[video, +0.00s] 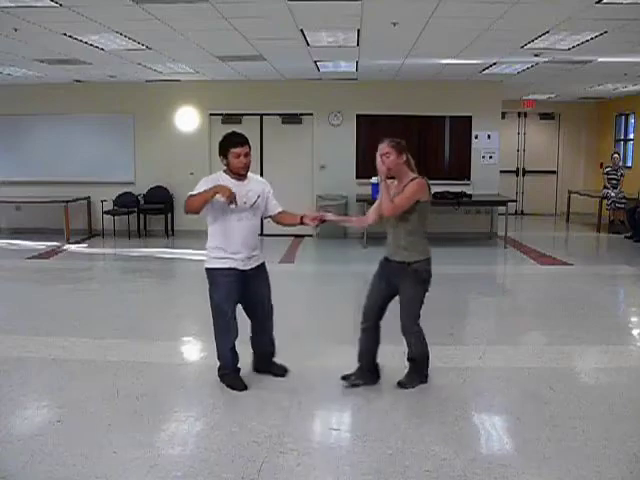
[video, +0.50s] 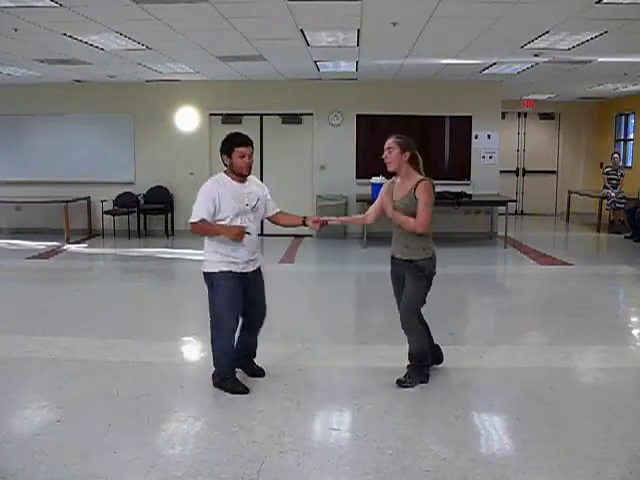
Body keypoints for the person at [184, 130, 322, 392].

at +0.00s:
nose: (245, 160)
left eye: (247, 154)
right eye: (238, 156)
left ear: (251, 155)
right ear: (225, 158)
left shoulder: (260, 185)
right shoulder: (212, 183)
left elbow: (277, 215)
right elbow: (190, 207)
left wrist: (302, 219)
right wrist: (213, 192)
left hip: (253, 263)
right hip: (221, 264)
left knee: (263, 313)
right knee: (225, 319)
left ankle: (264, 361)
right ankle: (228, 371)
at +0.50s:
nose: (248, 160)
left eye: (250, 155)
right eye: (242, 156)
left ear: (252, 157)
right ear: (226, 158)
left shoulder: (257, 187)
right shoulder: (212, 187)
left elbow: (275, 216)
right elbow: (197, 225)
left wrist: (306, 220)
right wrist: (225, 231)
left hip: (250, 266)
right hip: (221, 268)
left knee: (256, 314)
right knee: (225, 321)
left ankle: (244, 358)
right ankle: (223, 375)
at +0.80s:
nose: (261, 160)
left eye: (262, 155)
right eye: (256, 156)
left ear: (260, 157)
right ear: (239, 157)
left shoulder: (252, 185)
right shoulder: (229, 185)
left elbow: (255, 217)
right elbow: (234, 227)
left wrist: (278, 214)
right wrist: (273, 222)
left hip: (255, 268)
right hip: (234, 270)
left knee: (259, 320)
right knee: (233, 325)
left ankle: (260, 369)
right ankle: (224, 375)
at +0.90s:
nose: (264, 160)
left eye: (266, 155)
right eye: (259, 155)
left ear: (265, 156)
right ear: (242, 156)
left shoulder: (252, 183)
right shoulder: (236, 184)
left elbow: (258, 219)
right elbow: (244, 226)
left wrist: (283, 215)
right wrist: (281, 217)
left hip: (258, 267)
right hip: (239, 269)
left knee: (262, 319)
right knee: (239, 323)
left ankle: (260, 369)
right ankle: (225, 376)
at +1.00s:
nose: (267, 160)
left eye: (269, 155)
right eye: (261, 155)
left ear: (269, 156)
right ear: (245, 157)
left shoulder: (258, 185)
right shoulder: (239, 184)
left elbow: (260, 220)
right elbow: (253, 224)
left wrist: (283, 220)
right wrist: (288, 214)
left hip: (261, 267)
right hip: (243, 268)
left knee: (265, 319)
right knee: (251, 321)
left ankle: (260, 369)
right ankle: (227, 373)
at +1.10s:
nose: (270, 160)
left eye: (272, 155)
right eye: (263, 155)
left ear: (273, 157)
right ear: (248, 158)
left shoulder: (259, 185)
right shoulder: (242, 184)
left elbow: (262, 220)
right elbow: (259, 222)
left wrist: (285, 222)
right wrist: (294, 211)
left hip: (261, 264)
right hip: (247, 266)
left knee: (264, 318)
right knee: (264, 318)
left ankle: (260, 369)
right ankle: (232, 365)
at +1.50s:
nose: (273, 159)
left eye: (275, 154)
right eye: (266, 154)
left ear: (276, 155)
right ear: (251, 157)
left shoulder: (260, 182)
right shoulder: (248, 183)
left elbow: (265, 218)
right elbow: (260, 222)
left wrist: (294, 207)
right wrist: (294, 210)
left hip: (262, 265)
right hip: (250, 266)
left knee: (266, 320)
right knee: (259, 322)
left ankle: (261, 370)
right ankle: (249, 382)